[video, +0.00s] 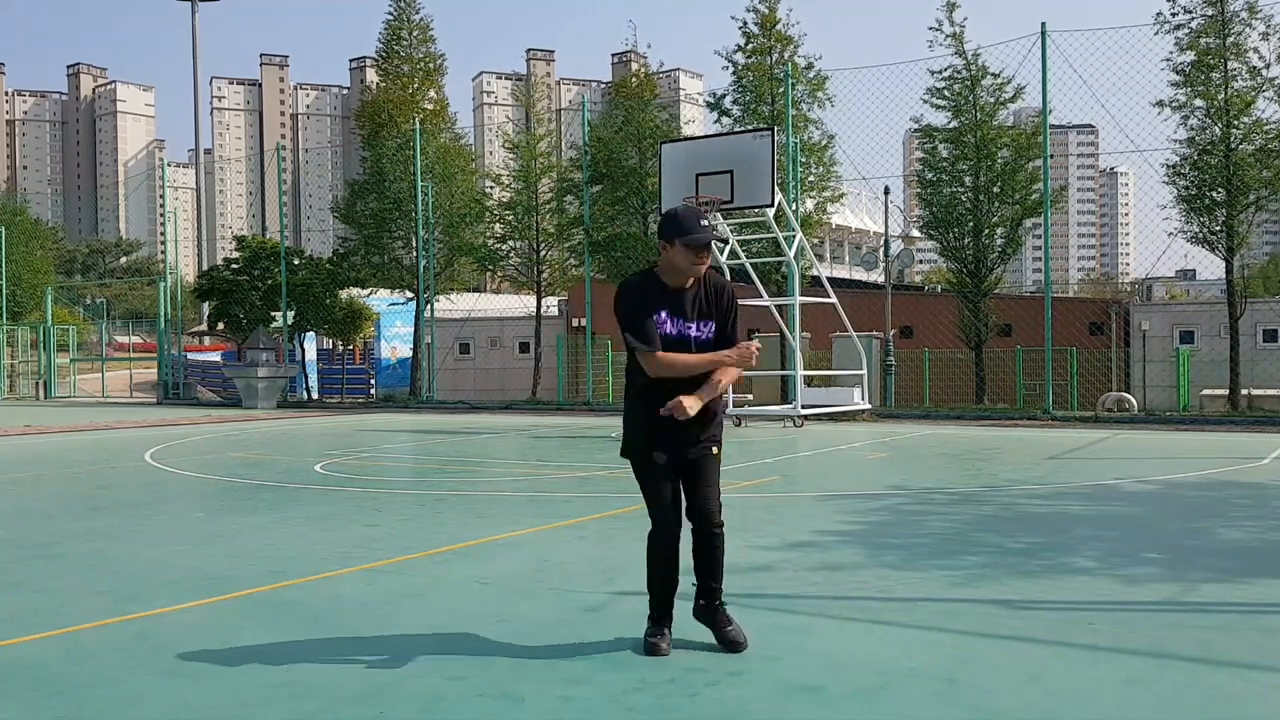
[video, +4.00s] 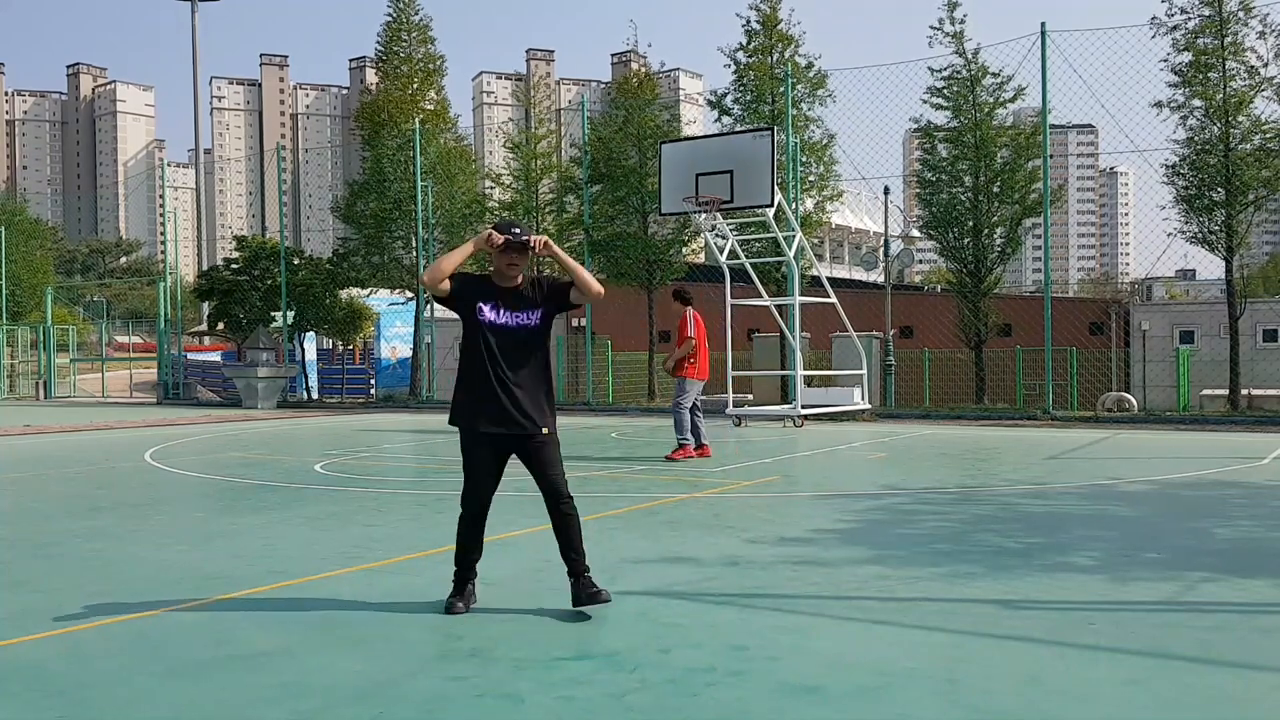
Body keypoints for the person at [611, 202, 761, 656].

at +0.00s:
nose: (705, 255)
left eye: (707, 247)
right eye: (694, 248)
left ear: (710, 246)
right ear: (665, 247)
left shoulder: (719, 291)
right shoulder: (634, 293)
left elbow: (734, 364)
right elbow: (652, 364)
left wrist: (698, 397)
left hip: (701, 425)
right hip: (650, 428)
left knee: (709, 516)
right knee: (667, 521)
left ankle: (710, 604)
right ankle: (660, 620)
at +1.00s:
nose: (603, 289)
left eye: (609, 278)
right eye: (590, 281)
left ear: (618, 275)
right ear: (565, 283)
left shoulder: (641, 317)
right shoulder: (555, 314)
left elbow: (699, 364)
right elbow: (552, 353)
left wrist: (631, 389)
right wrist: (557, 380)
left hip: (637, 445)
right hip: (585, 442)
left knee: (616, 540)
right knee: (570, 547)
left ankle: (628, 655)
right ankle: (574, 650)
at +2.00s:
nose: (610, 309)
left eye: (618, 302)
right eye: (604, 298)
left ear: (625, 298)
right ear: (583, 282)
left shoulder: (609, 336)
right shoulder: (545, 318)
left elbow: (648, 393)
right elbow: (540, 379)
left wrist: (615, 375)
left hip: (591, 460)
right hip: (545, 464)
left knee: (622, 547)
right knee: (590, 552)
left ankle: (577, 629)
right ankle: (532, 633)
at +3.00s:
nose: (495, 271)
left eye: (503, 264)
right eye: (488, 263)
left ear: (519, 265)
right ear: (480, 264)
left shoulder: (537, 311)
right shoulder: (465, 300)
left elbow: (535, 378)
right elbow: (445, 358)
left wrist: (475, 397)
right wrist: (489, 382)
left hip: (516, 421)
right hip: (472, 418)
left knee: (509, 509)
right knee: (452, 504)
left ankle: (536, 595)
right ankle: (458, 580)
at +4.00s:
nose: (513, 263)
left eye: (520, 256)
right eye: (506, 256)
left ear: (530, 259)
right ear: (491, 258)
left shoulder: (544, 292)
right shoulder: (472, 289)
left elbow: (595, 292)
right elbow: (431, 279)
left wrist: (553, 250)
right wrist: (476, 242)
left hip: (534, 418)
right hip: (482, 419)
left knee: (560, 496)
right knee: (474, 505)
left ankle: (581, 579)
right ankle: (463, 586)